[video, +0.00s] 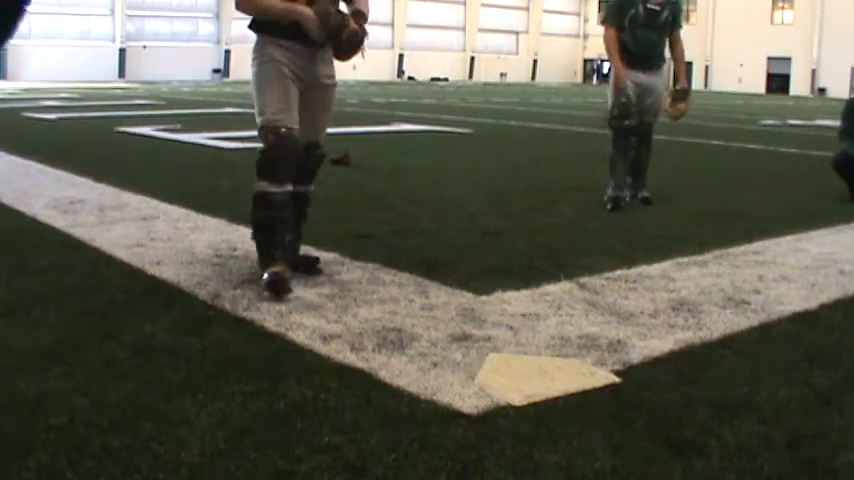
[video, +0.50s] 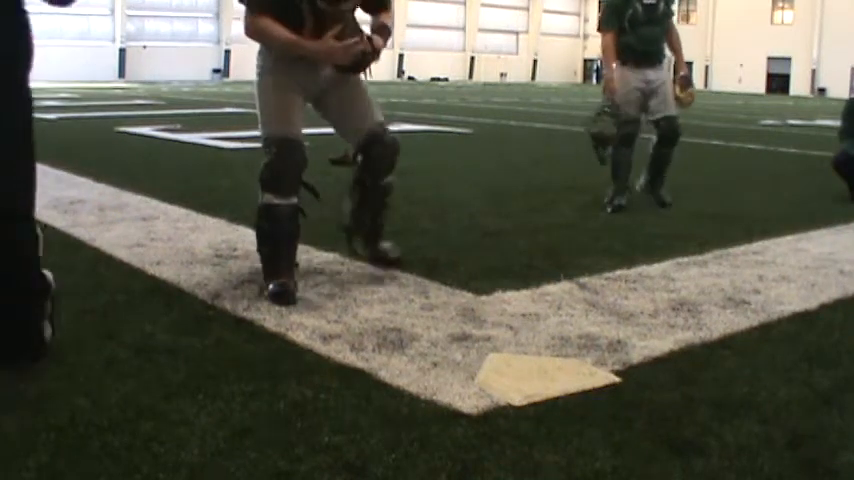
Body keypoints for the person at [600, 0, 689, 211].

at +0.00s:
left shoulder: (673, 4)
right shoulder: (621, 3)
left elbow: (675, 39)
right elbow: (610, 33)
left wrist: (682, 80)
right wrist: (619, 73)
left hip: (656, 74)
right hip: (625, 71)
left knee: (645, 134)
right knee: (621, 132)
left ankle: (640, 187)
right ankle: (617, 189)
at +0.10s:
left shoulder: (669, 4)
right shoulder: (619, 4)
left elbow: (672, 37)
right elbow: (609, 34)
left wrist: (682, 78)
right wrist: (617, 74)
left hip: (655, 74)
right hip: (626, 72)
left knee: (647, 135)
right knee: (623, 132)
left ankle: (640, 187)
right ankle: (618, 189)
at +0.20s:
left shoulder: (666, 4)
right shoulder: (617, 4)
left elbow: (669, 31)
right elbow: (609, 33)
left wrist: (681, 71)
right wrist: (616, 72)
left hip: (656, 72)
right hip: (626, 70)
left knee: (650, 132)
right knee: (623, 131)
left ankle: (640, 187)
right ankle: (618, 189)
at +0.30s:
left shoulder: (663, 4)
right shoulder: (615, 4)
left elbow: (668, 31)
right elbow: (607, 35)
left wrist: (680, 67)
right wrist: (614, 75)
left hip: (656, 72)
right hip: (626, 72)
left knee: (660, 132)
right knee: (623, 132)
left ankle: (642, 186)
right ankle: (619, 190)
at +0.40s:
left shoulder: (662, 4)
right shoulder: (615, 4)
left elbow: (667, 28)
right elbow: (607, 35)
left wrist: (679, 64)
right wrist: (613, 74)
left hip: (657, 72)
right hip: (625, 71)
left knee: (666, 132)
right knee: (623, 133)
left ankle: (645, 180)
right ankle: (619, 190)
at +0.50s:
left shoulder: (664, 4)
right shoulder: (616, 4)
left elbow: (669, 28)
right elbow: (608, 35)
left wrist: (681, 65)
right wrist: (609, 75)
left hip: (658, 71)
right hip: (627, 71)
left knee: (669, 131)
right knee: (626, 133)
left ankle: (654, 184)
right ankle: (619, 192)